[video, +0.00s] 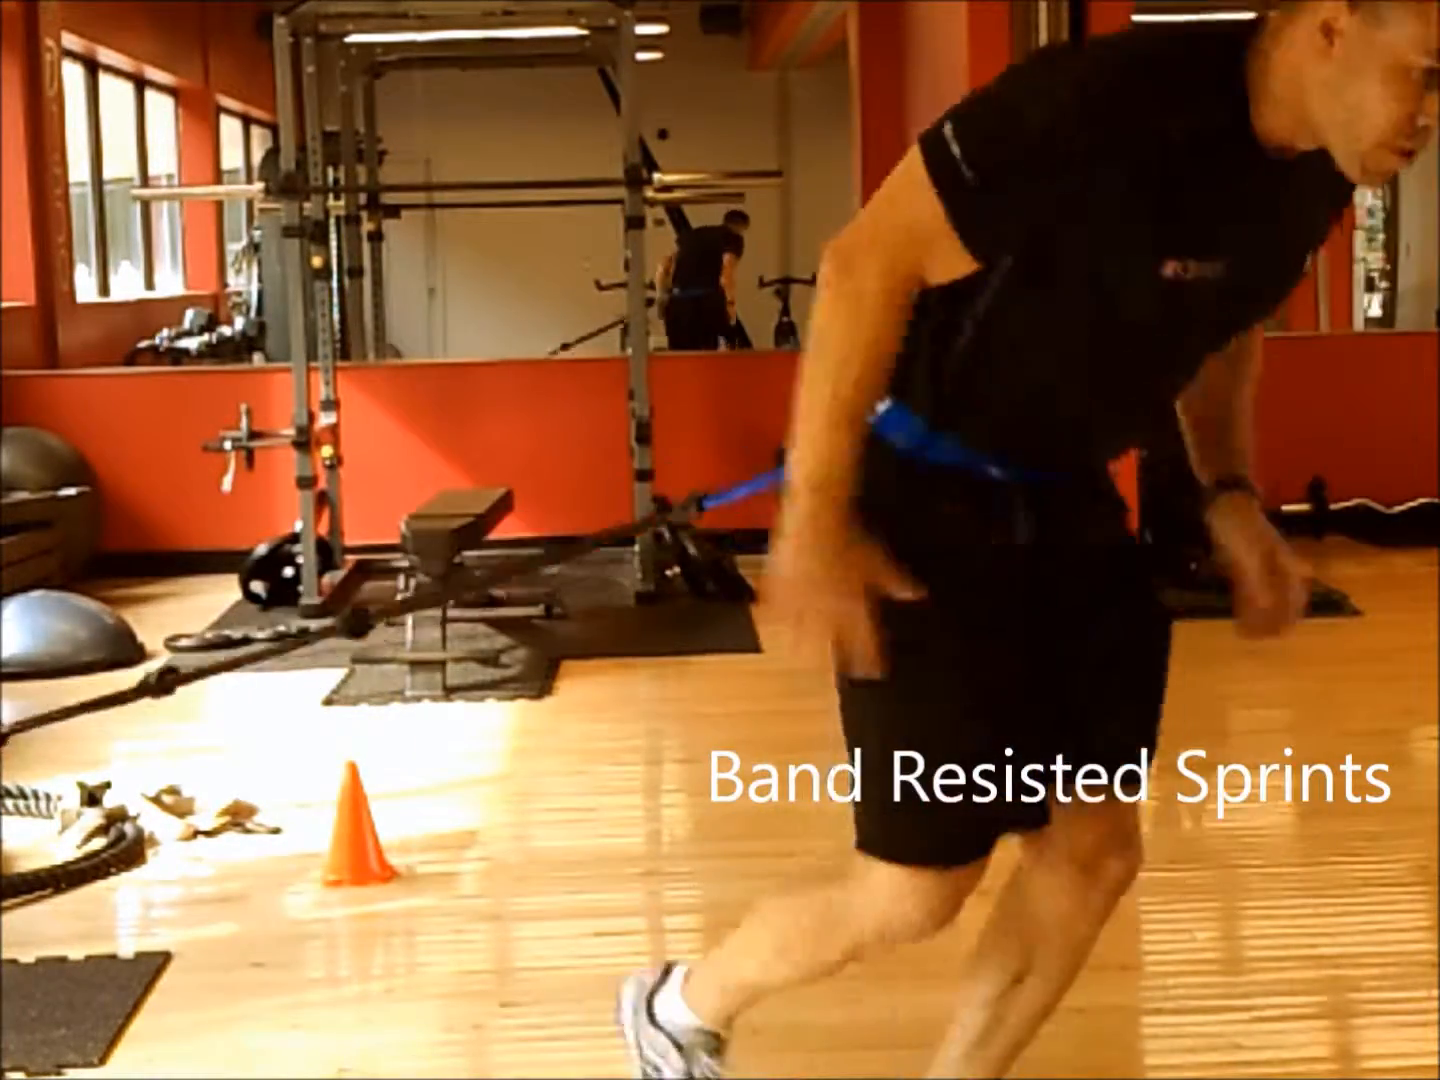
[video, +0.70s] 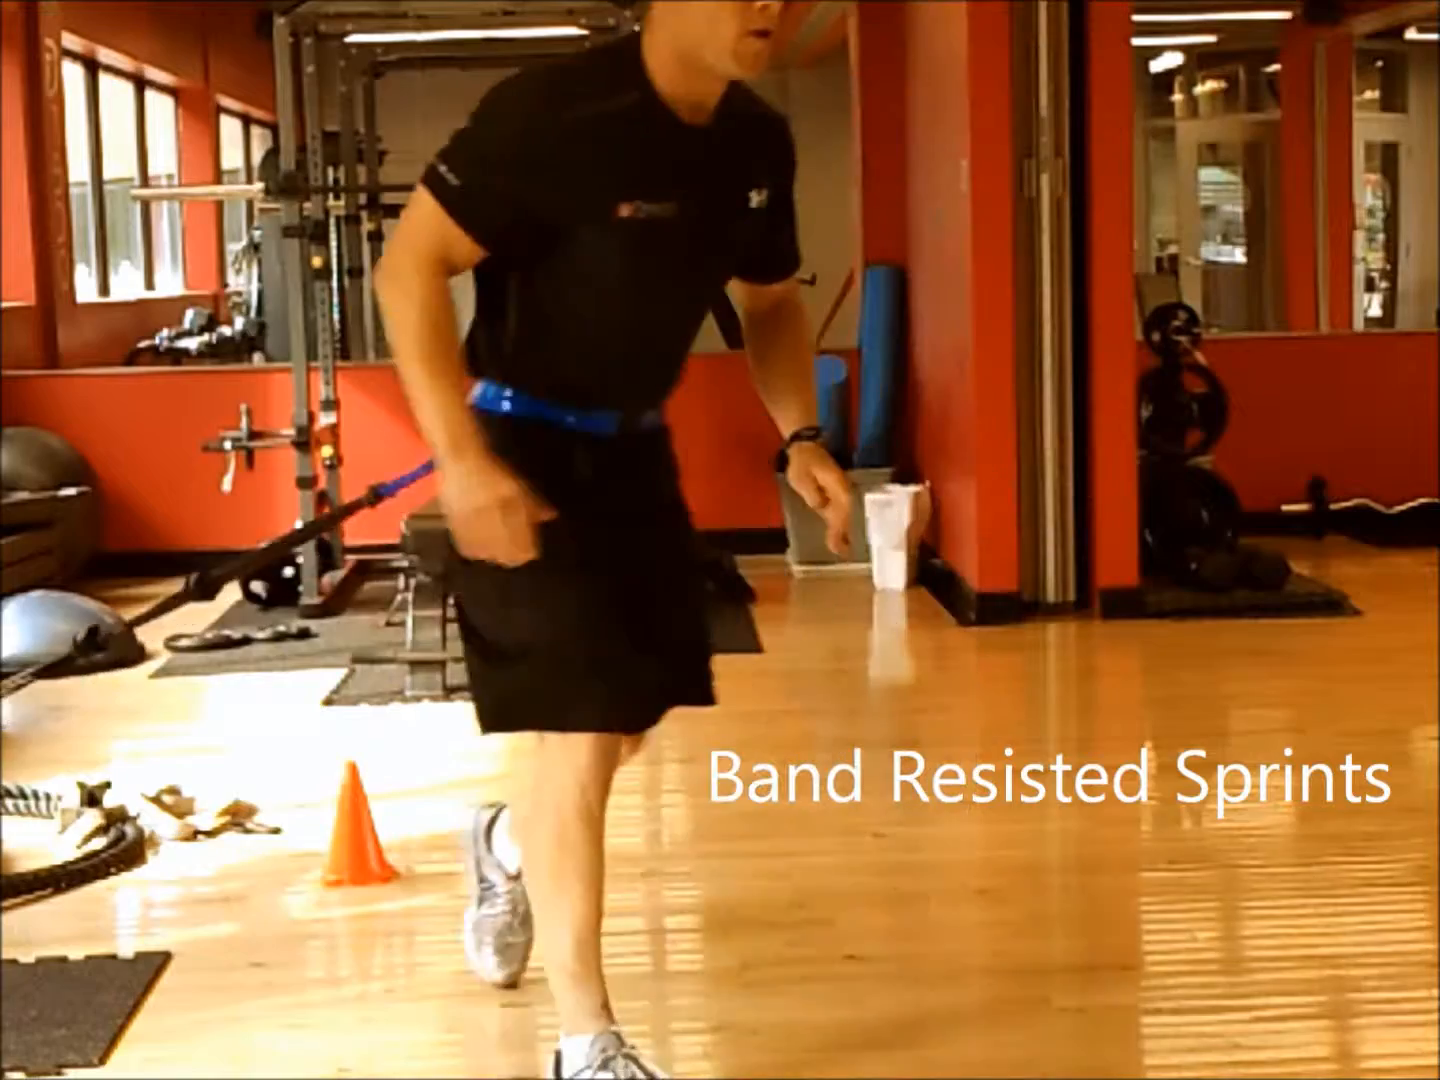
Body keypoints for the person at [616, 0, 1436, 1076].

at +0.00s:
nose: (1432, 114)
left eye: (1439, 83)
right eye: (1420, 76)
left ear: (1337, 45)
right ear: (1322, 37)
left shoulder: (1320, 166)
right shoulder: (1095, 97)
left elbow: (1223, 328)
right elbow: (865, 258)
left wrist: (1231, 493)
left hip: (1072, 494)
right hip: (920, 481)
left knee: (1093, 854)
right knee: (916, 887)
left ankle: (955, 1076)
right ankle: (676, 1009)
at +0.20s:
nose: (1310, 72)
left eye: (1318, 38)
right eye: (1285, 30)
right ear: (1173, 18)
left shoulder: (1208, 169)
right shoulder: (974, 116)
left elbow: (1138, 327)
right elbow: (762, 266)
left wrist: (1218, 445)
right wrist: (714, 509)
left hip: (1011, 520)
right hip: (856, 520)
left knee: (1068, 851)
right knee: (819, 882)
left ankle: (950, 1077)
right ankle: (608, 975)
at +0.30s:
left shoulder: (1121, 88)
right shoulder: (888, 36)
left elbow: (1069, 245)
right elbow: (727, 245)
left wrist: (1075, 402)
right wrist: (850, 452)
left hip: (950, 449)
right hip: (797, 450)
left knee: (964, 782)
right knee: (764, 774)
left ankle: (927, 1073)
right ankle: (623, 997)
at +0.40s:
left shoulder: (1004, 78)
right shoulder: (788, 37)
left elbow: (976, 259)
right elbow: (671, 262)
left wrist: (956, 408)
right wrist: (885, 299)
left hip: (876, 460)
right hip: (725, 460)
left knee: (914, 770)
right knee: (709, 780)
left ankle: (816, 1051)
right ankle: (600, 1031)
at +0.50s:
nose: (916, 8)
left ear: (905, 10)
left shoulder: (902, 120)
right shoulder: (687, 101)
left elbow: (891, 299)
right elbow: (577, 302)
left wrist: (892, 456)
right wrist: (783, 271)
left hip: (790, 480)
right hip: (651, 483)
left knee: (861, 771)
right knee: (677, 790)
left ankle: (690, 924)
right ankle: (594, 1047)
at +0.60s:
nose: (842, 9)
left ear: (832, 13)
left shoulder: (825, 127)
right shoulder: (608, 99)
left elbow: (824, 304)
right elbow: (486, 274)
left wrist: (849, 462)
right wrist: (640, 377)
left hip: (710, 464)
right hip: (585, 462)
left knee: (749, 732)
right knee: (639, 767)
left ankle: (575, 839)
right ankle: (593, 1046)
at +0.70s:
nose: (779, 10)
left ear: (790, 19)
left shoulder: (756, 141)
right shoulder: (551, 106)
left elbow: (771, 300)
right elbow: (407, 265)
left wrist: (799, 433)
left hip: (634, 443)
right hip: (517, 440)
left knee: (643, 694)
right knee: (581, 711)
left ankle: (511, 846)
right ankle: (588, 1038)